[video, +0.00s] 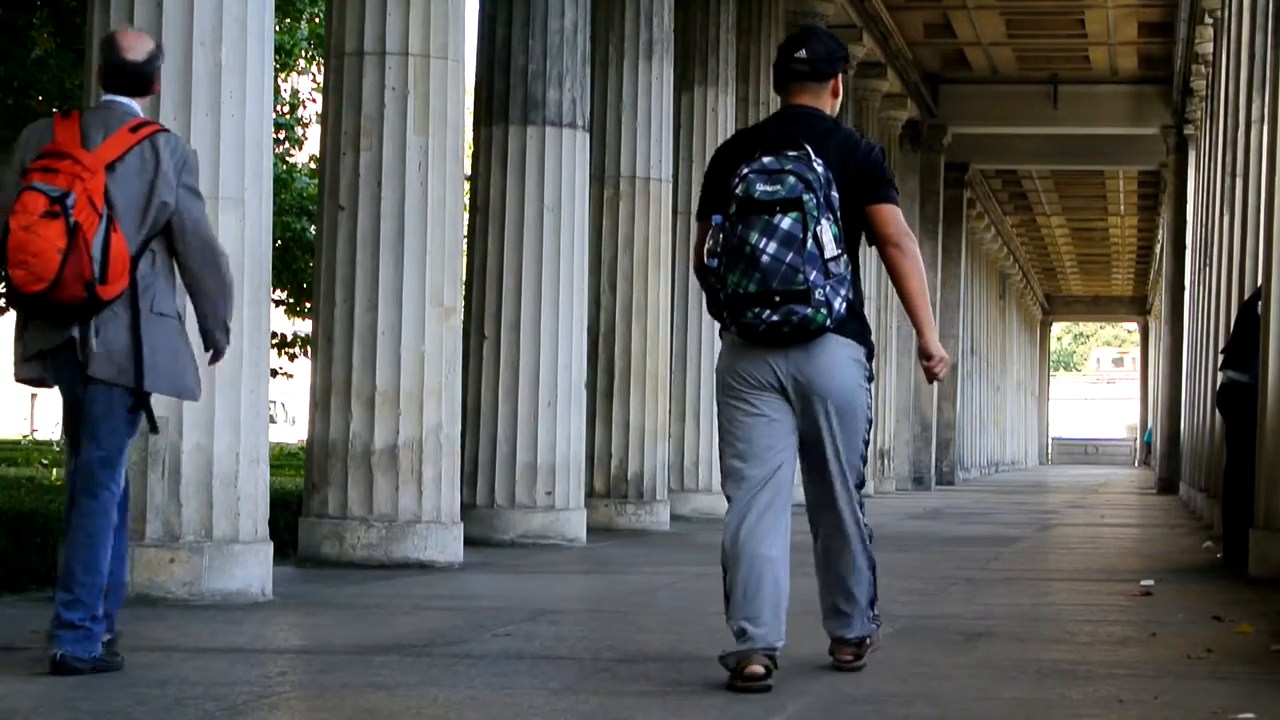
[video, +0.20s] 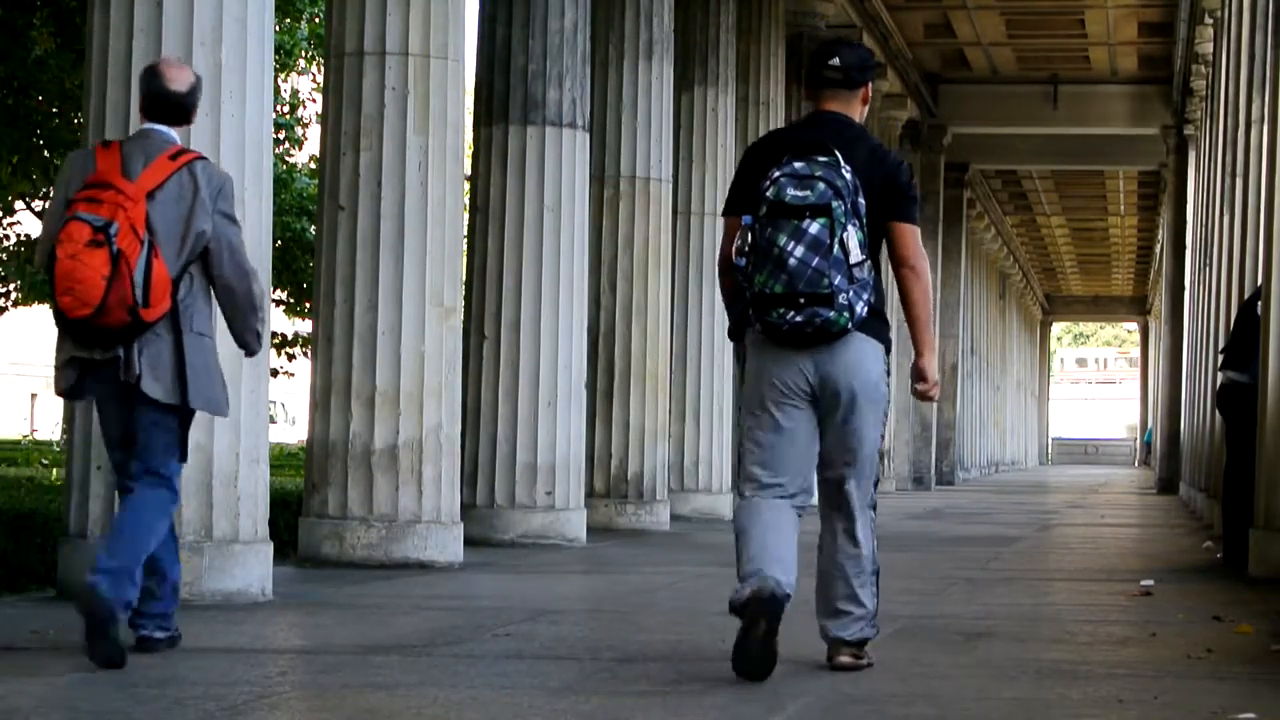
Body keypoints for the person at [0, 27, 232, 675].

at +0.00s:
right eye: (157, 74)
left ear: (97, 78)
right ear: (155, 85)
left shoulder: (44, 137)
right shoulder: (167, 151)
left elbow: (18, 223)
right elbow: (196, 245)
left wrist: (38, 306)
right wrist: (217, 323)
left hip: (57, 324)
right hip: (121, 330)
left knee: (101, 475)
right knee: (97, 479)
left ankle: (100, 622)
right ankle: (76, 640)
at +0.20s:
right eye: (193, 105)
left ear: (138, 107)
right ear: (192, 116)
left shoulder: (84, 164)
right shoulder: (206, 179)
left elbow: (51, 248)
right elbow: (232, 269)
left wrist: (74, 317)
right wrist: (252, 330)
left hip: (94, 342)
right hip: (163, 345)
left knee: (136, 480)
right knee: (156, 479)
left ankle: (156, 620)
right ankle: (109, 589)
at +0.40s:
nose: (170, 101)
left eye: (173, 94)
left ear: (176, 103)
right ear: (226, 116)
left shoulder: (124, 160)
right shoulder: (245, 174)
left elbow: (99, 248)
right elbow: (254, 268)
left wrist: (116, 330)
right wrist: (276, 353)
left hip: (141, 342)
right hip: (215, 347)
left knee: (153, 474)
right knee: (227, 461)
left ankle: (152, 620)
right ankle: (208, 590)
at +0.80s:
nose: (251, 131)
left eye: (253, 125)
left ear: (257, 132)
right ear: (301, 147)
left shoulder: (207, 182)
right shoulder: (319, 201)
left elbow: (175, 262)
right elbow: (328, 287)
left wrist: (207, 323)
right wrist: (347, 366)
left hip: (222, 353)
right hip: (287, 359)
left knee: (229, 461)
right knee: (279, 483)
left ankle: (205, 549)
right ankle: (265, 608)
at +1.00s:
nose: (276, 141)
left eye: (279, 136)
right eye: (283, 134)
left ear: (285, 146)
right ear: (327, 157)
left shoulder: (240, 195)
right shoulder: (345, 210)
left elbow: (208, 273)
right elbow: (371, 288)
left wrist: (241, 320)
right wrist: (380, 349)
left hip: (251, 351)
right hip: (311, 355)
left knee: (279, 471)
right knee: (284, 476)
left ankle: (288, 587)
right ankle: (264, 601)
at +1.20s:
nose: (302, 160)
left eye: (306, 154)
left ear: (309, 163)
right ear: (351, 173)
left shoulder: (266, 212)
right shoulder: (364, 223)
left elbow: (237, 287)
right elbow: (387, 300)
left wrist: (275, 325)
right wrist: (398, 354)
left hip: (278, 368)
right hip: (337, 369)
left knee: (299, 478)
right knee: (338, 474)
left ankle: (315, 595)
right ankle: (302, 545)